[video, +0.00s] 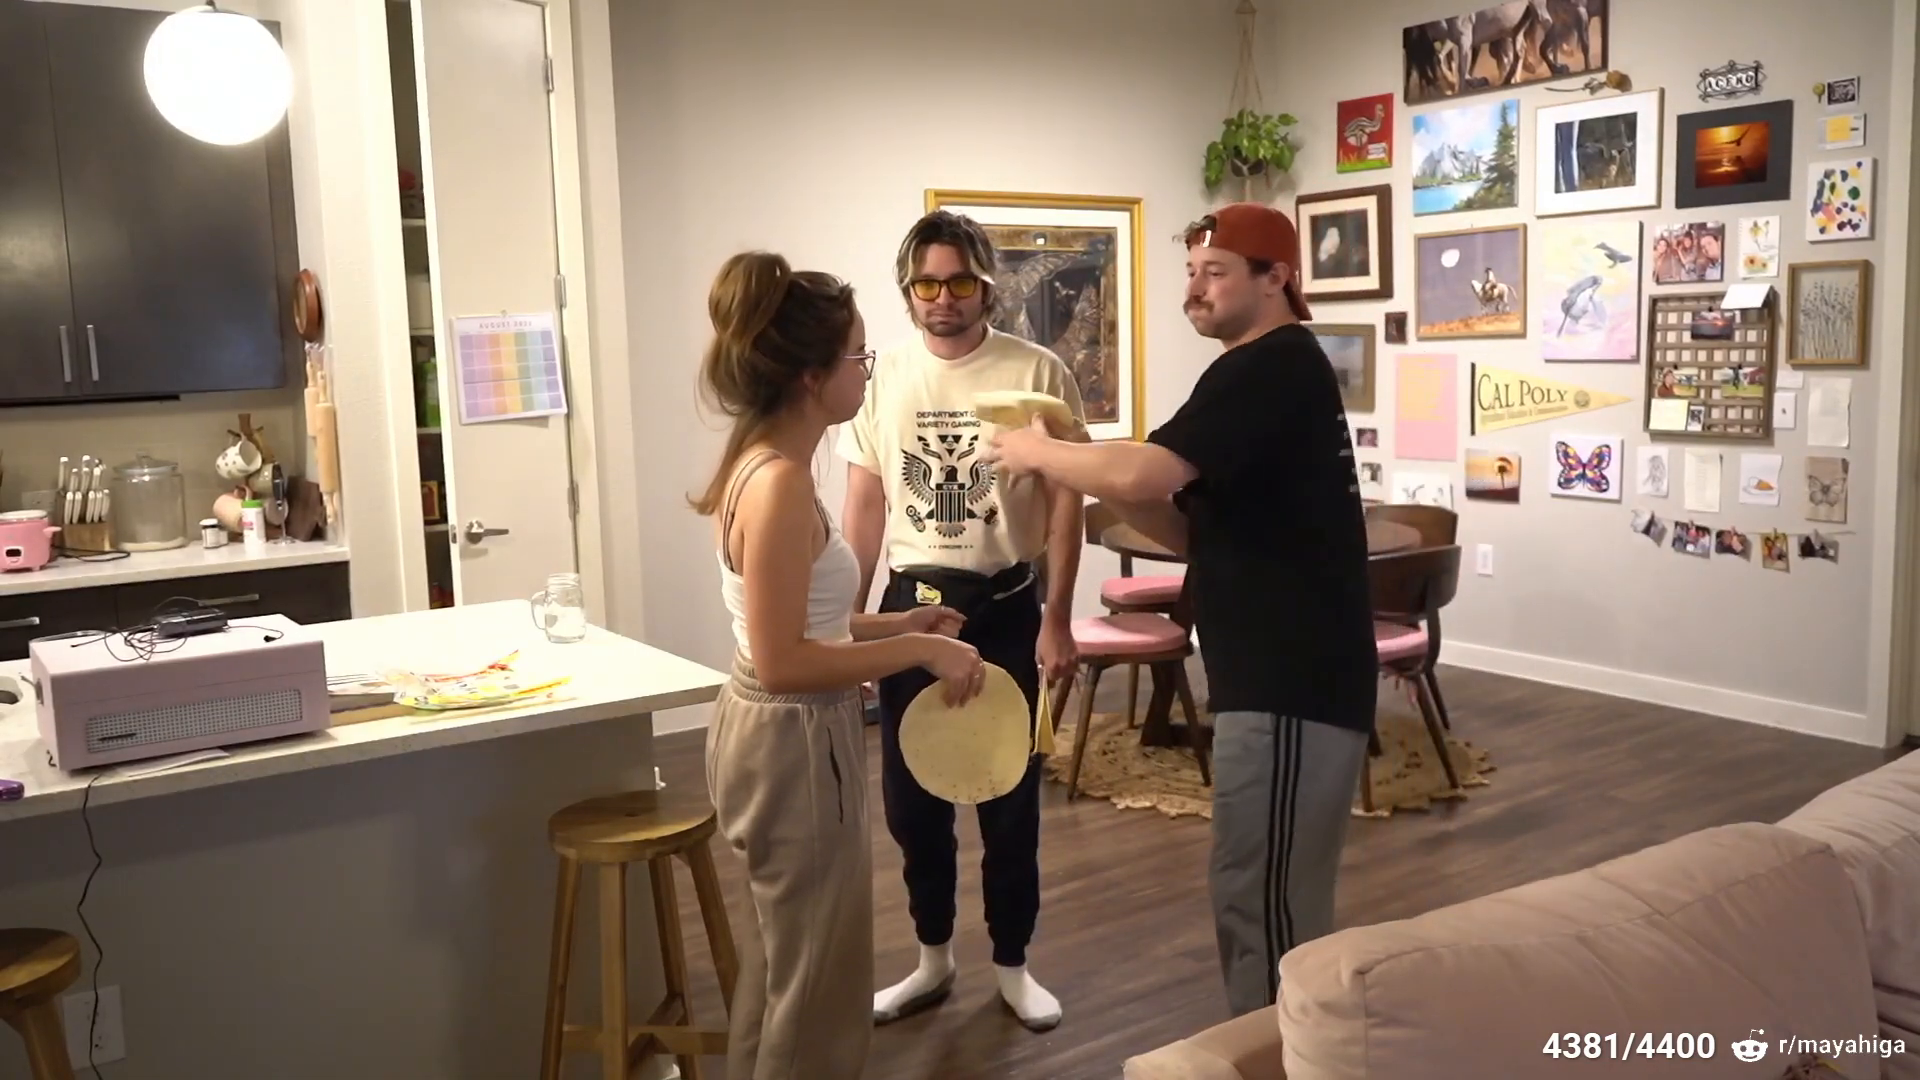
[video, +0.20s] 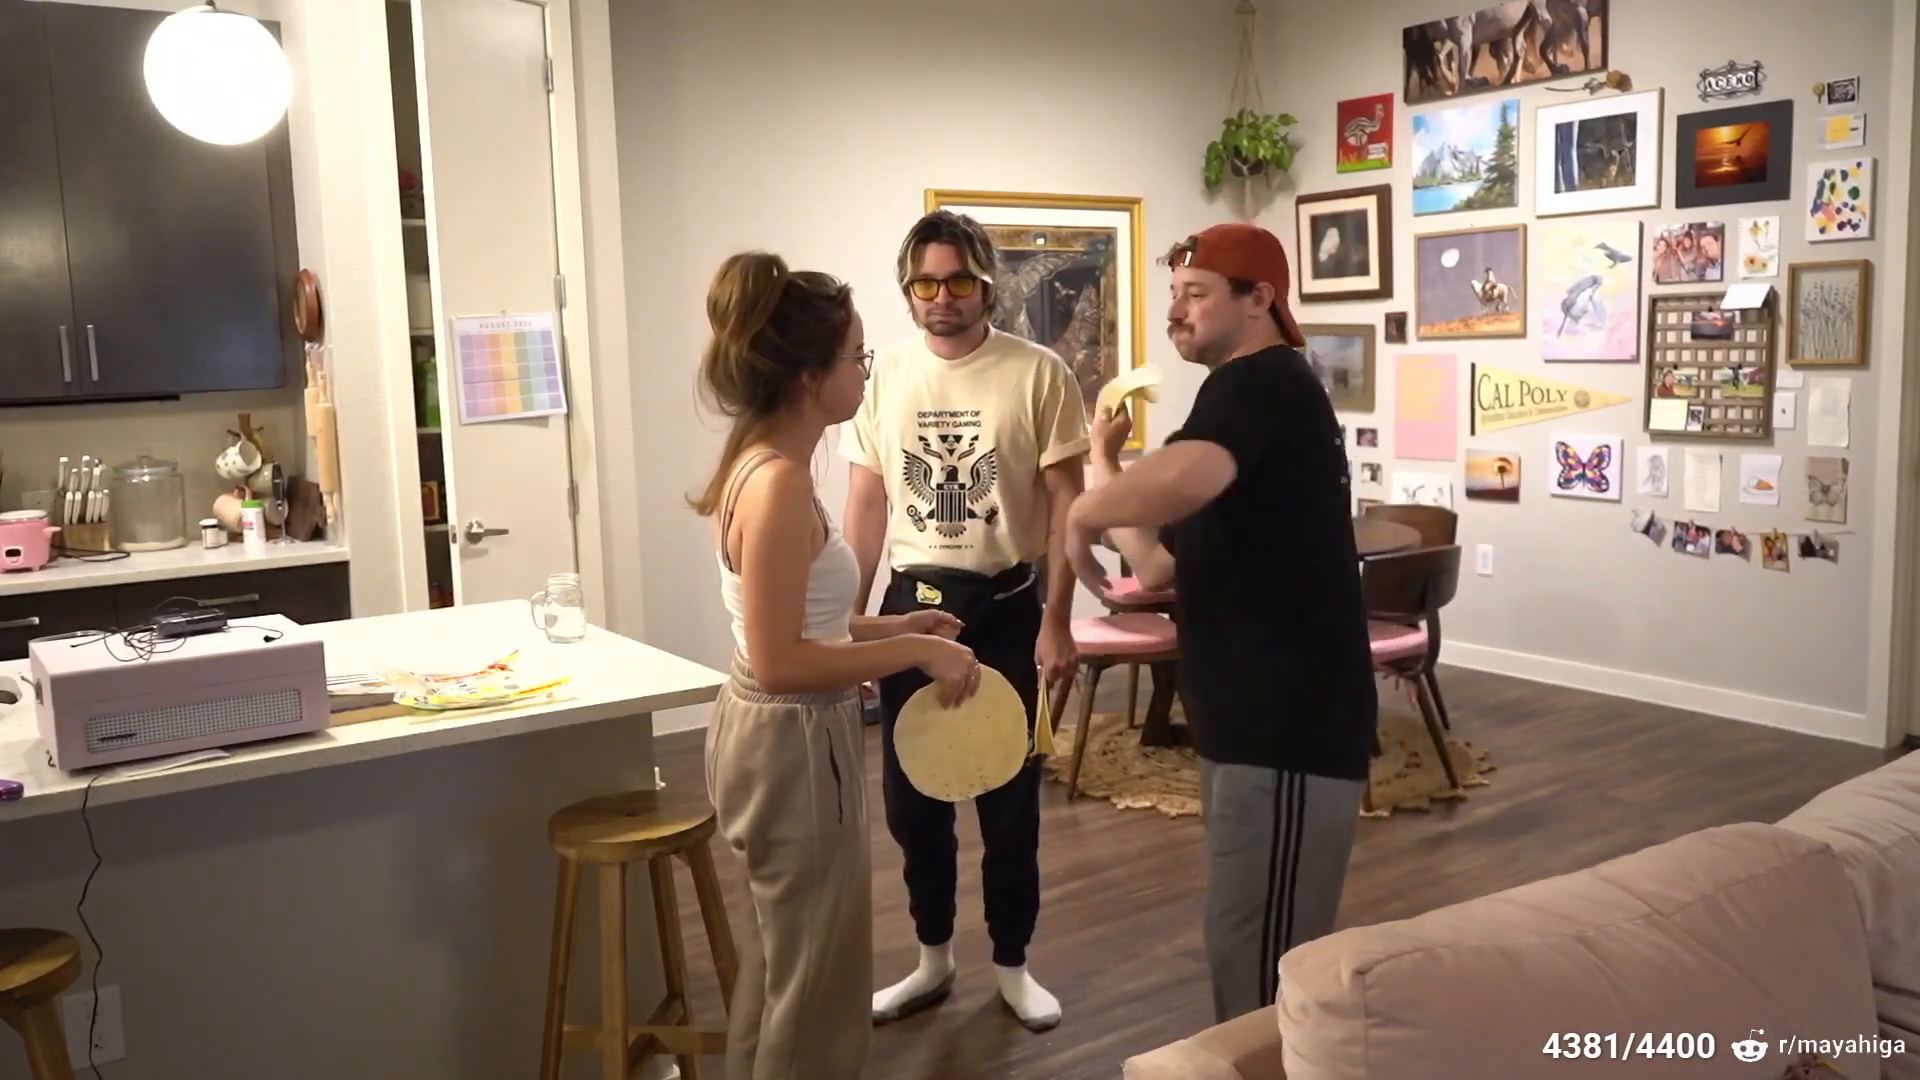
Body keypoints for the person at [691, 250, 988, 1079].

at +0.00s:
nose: (869, 369)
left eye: (864, 353)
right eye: (858, 356)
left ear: (804, 377)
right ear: (811, 378)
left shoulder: (767, 468)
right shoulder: (777, 483)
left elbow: (797, 625)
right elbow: (779, 664)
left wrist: (900, 623)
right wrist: (919, 653)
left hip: (780, 731)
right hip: (792, 743)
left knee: (786, 963)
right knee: (817, 976)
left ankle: (762, 1074)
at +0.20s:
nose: (868, 371)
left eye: (864, 354)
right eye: (857, 358)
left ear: (802, 378)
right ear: (809, 378)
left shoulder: (766, 468)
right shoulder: (776, 482)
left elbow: (796, 626)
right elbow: (777, 664)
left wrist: (895, 627)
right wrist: (915, 654)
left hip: (780, 730)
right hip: (792, 742)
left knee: (784, 964)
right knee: (817, 977)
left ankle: (758, 1073)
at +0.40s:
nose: (870, 369)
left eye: (866, 354)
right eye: (857, 360)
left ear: (799, 385)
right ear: (806, 384)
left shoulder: (776, 470)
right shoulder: (772, 486)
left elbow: (795, 625)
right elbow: (758, 669)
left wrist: (890, 629)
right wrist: (904, 661)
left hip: (788, 733)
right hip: (785, 745)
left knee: (788, 967)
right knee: (815, 980)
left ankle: (760, 1074)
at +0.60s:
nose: (849, 395)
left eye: (853, 376)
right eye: (833, 381)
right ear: (770, 383)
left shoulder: (795, 465)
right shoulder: (745, 486)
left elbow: (802, 591)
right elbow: (753, 668)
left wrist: (885, 564)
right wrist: (898, 652)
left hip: (809, 735)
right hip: (777, 749)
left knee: (806, 970)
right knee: (805, 982)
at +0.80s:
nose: (765, 410)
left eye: (782, 385)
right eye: (742, 392)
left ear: (808, 376)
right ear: (710, 390)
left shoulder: (809, 444)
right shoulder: (707, 476)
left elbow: (881, 564)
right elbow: (726, 645)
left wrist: (815, 452)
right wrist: (869, 618)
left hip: (820, 712)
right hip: (755, 728)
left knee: (841, 948)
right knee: (805, 965)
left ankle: (833, 1065)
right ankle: (803, 1073)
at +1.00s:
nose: (704, 431)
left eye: (719, 406)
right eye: (683, 415)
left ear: (768, 395)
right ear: (666, 415)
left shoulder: (816, 462)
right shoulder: (665, 497)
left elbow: (831, 621)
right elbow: (669, 660)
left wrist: (765, 491)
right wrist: (783, 649)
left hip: (817, 731)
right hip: (715, 743)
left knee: (826, 988)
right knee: (774, 1010)